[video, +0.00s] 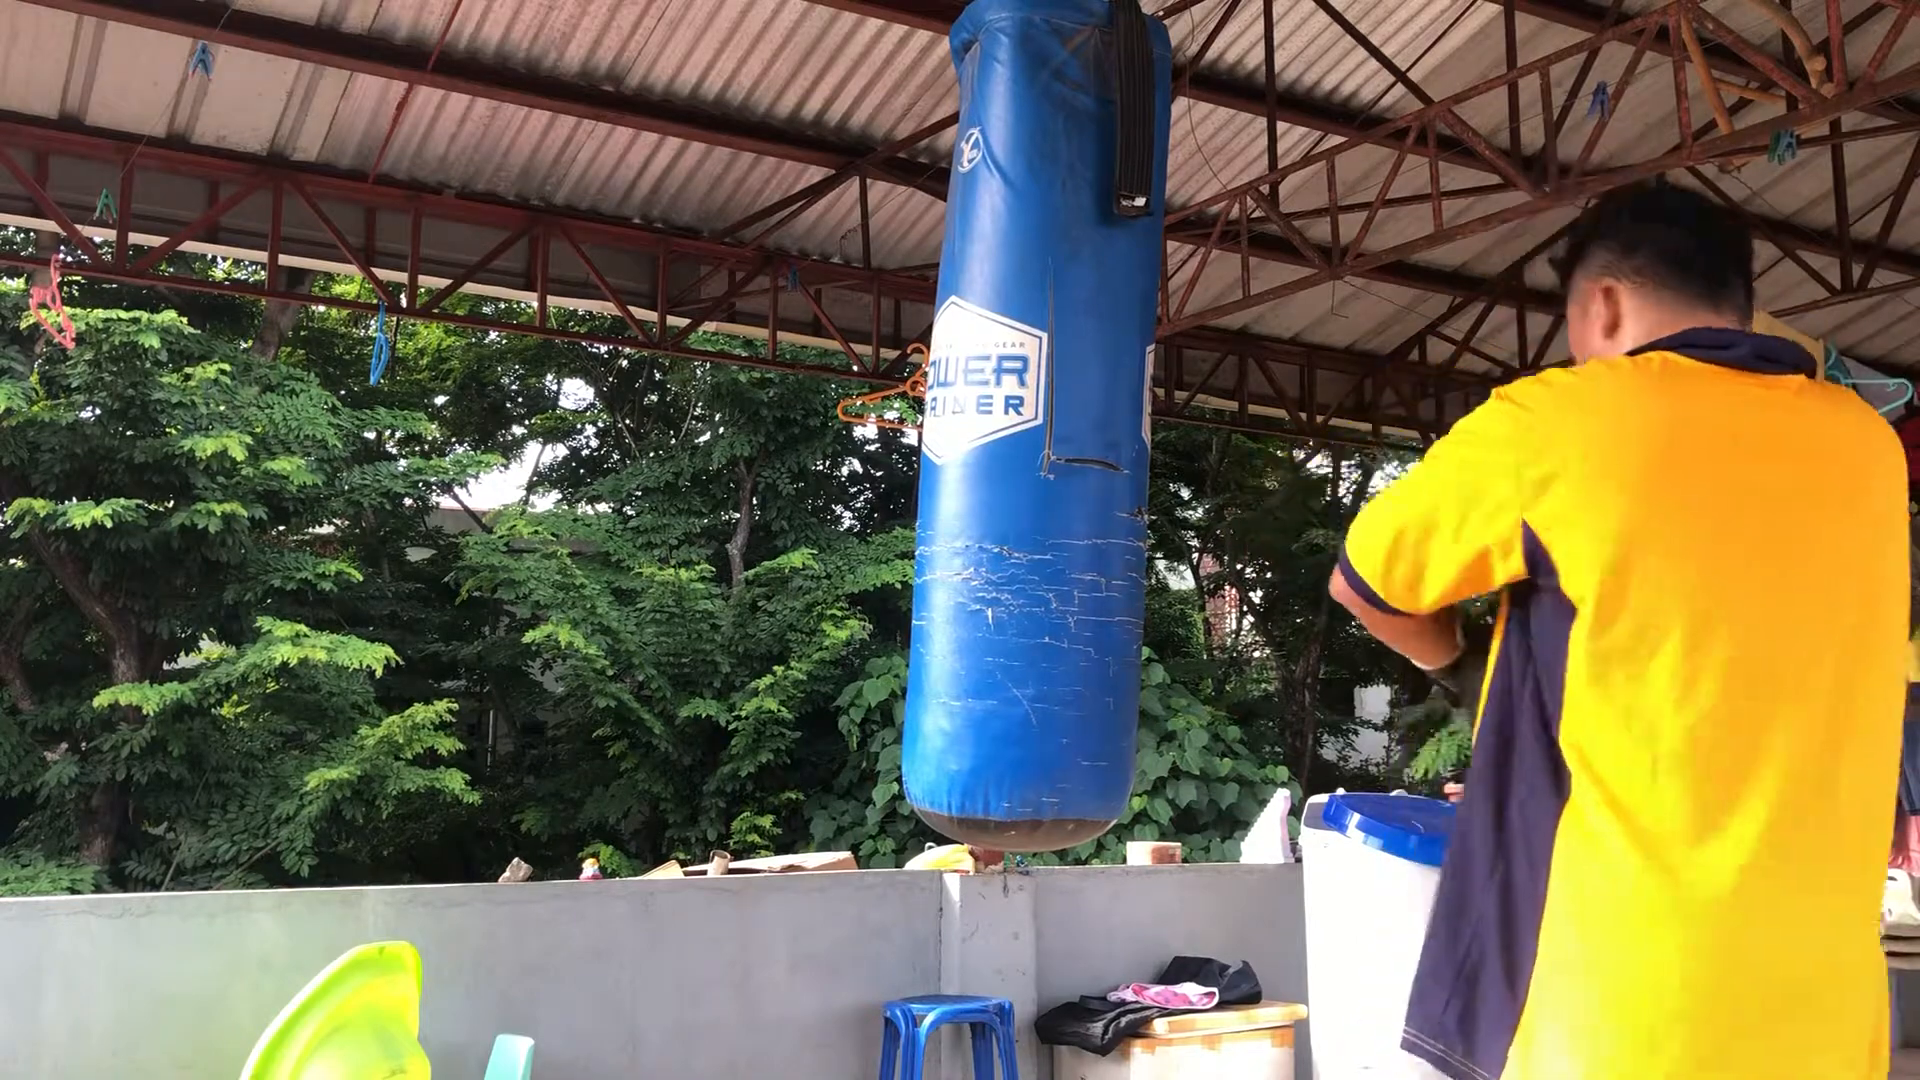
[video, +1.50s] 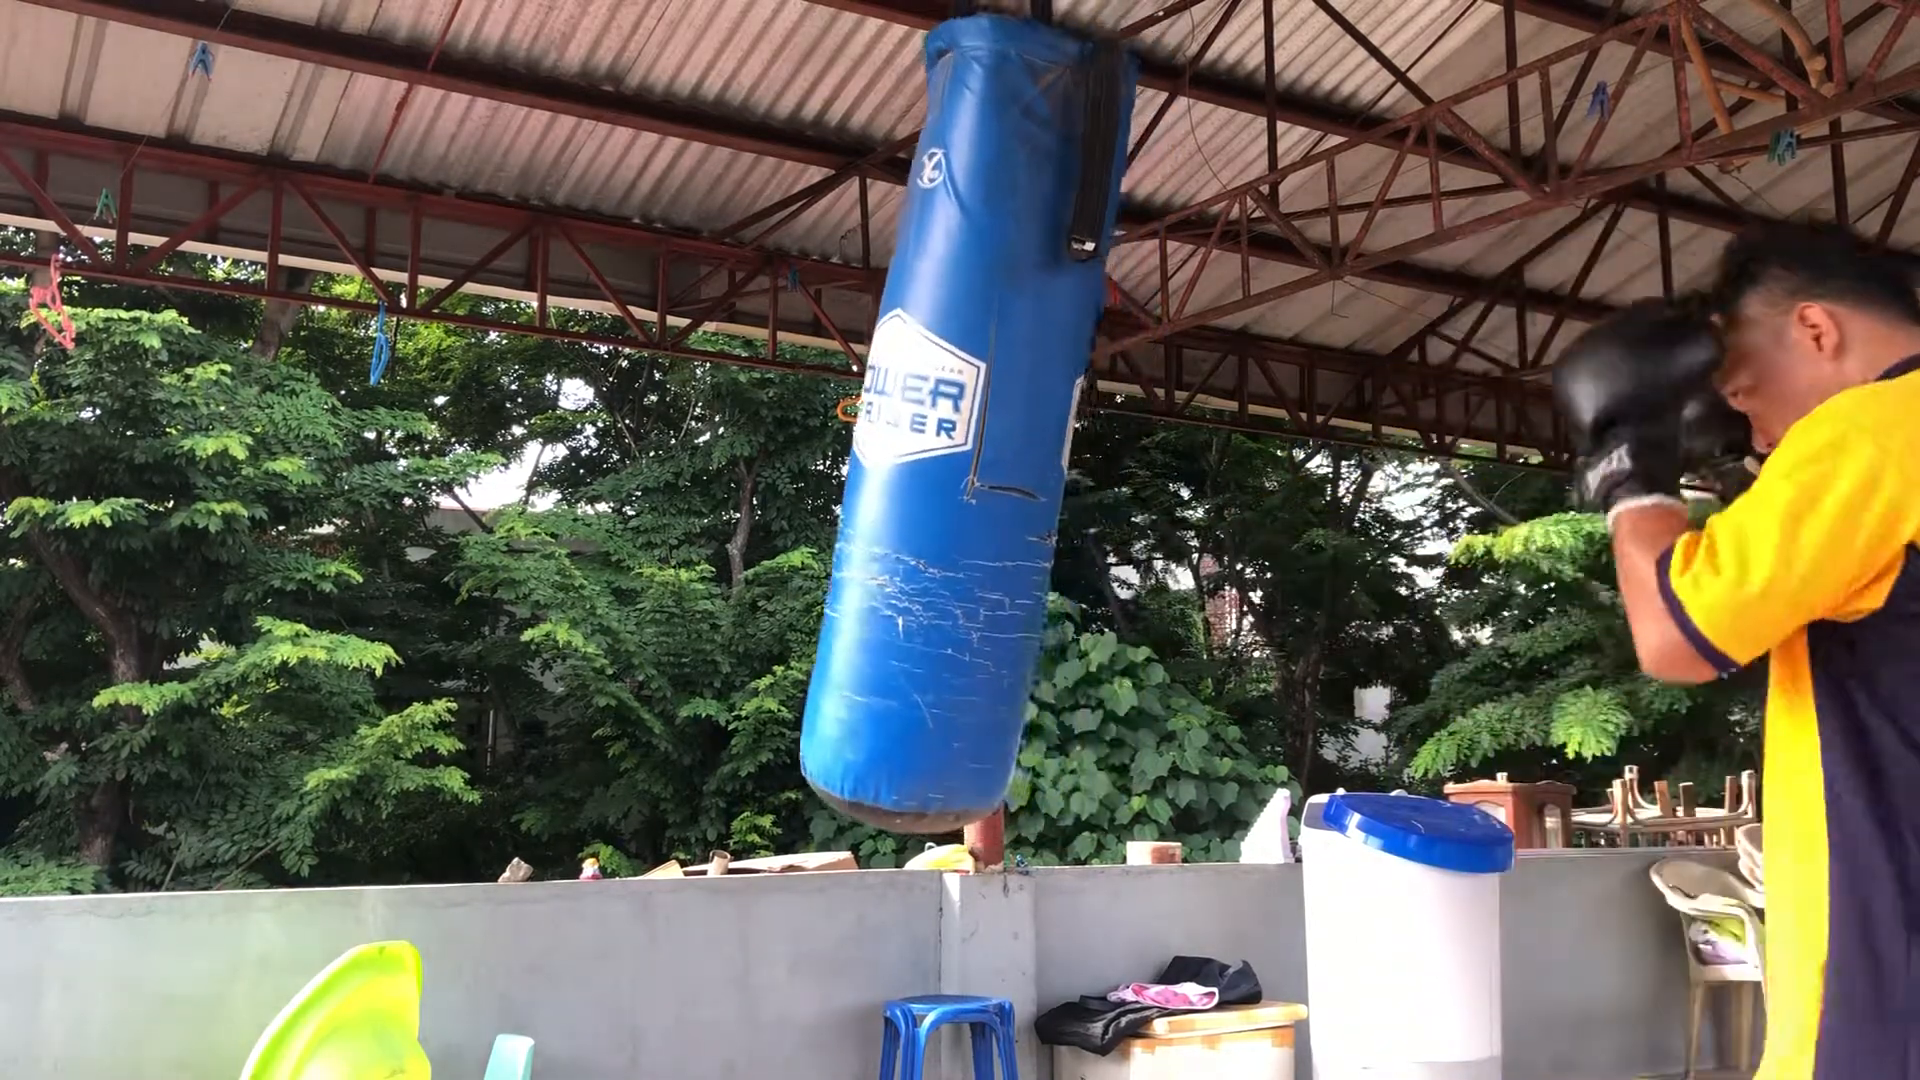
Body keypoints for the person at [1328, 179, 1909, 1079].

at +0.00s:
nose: (1570, 355)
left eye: (1568, 329)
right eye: (1567, 333)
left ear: (1605, 307)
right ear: (1739, 312)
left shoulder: (1557, 414)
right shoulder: (1873, 445)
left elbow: (1367, 581)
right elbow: (1895, 674)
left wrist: (1457, 655)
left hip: (1604, 1019)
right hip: (1827, 1018)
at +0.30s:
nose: (1592, 394)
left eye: (1591, 353)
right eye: (1584, 363)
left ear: (1663, 313)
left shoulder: (1673, 431)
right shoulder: (1890, 470)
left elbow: (1581, 651)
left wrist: (1442, 651)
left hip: (1683, 1019)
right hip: (1878, 1013)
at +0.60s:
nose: (1543, 391)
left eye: (1543, 351)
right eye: (1533, 361)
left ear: (1630, 316)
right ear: (1638, 316)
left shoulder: (1658, 437)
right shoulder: (1811, 456)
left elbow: (1630, 662)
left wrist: (1496, 680)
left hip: (1662, 1011)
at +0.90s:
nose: (1435, 414)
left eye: (1426, 387)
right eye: (1420, 398)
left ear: (1486, 327)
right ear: (1574, 320)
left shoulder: (1508, 426)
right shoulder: (1754, 448)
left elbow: (1309, 605)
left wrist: (1210, 584)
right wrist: (1438, 645)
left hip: (1617, 1022)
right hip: (1817, 1013)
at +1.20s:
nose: (1543, 419)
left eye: (1535, 393)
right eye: (1529, 403)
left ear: (1598, 335)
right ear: (1698, 333)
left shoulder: (1623, 433)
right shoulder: (1868, 461)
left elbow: (1421, 626)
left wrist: (1280, 601)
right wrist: (1555, 785)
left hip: (1684, 1031)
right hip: (1881, 1018)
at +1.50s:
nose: (1756, 438)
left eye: (1747, 394)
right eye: (1737, 411)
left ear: (1817, 331)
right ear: (1825, 328)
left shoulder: (1876, 433)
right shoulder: (1890, 428)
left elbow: (1673, 637)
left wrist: (1634, 469)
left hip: (1864, 1027)